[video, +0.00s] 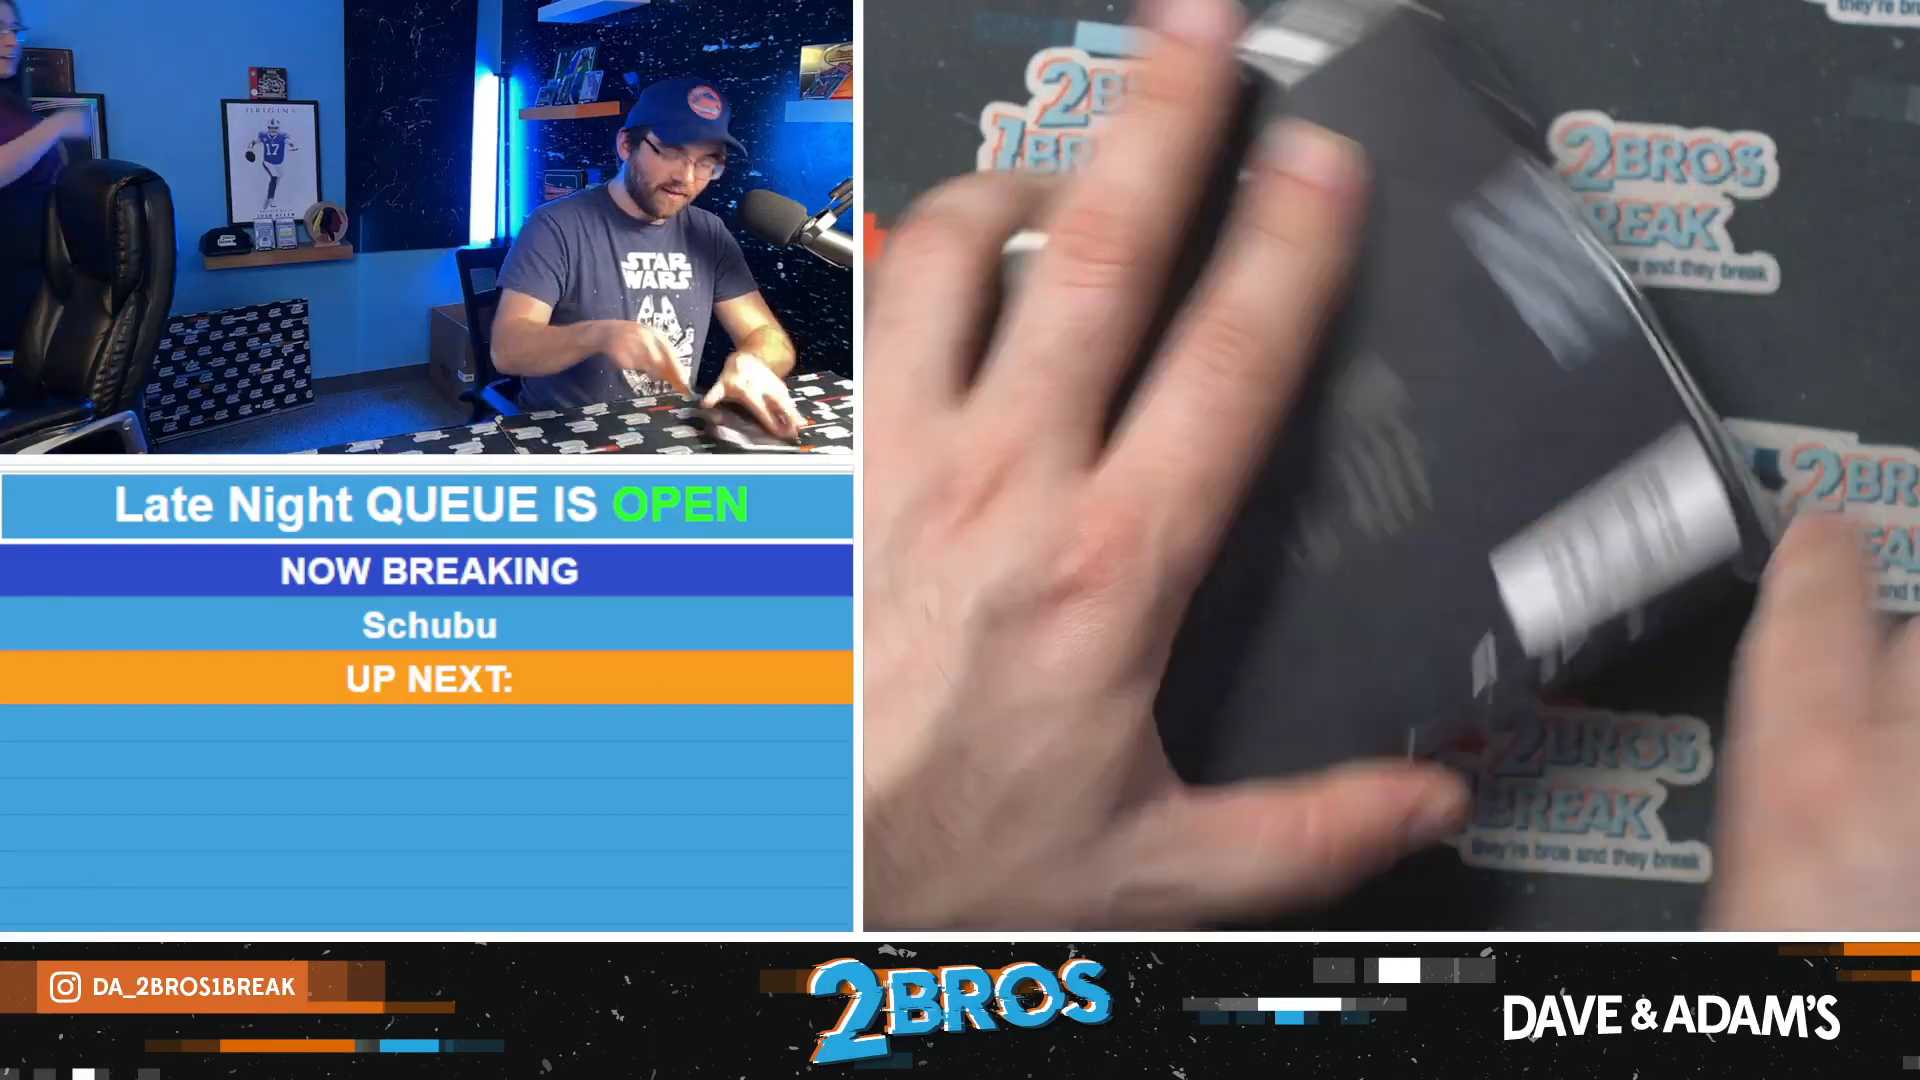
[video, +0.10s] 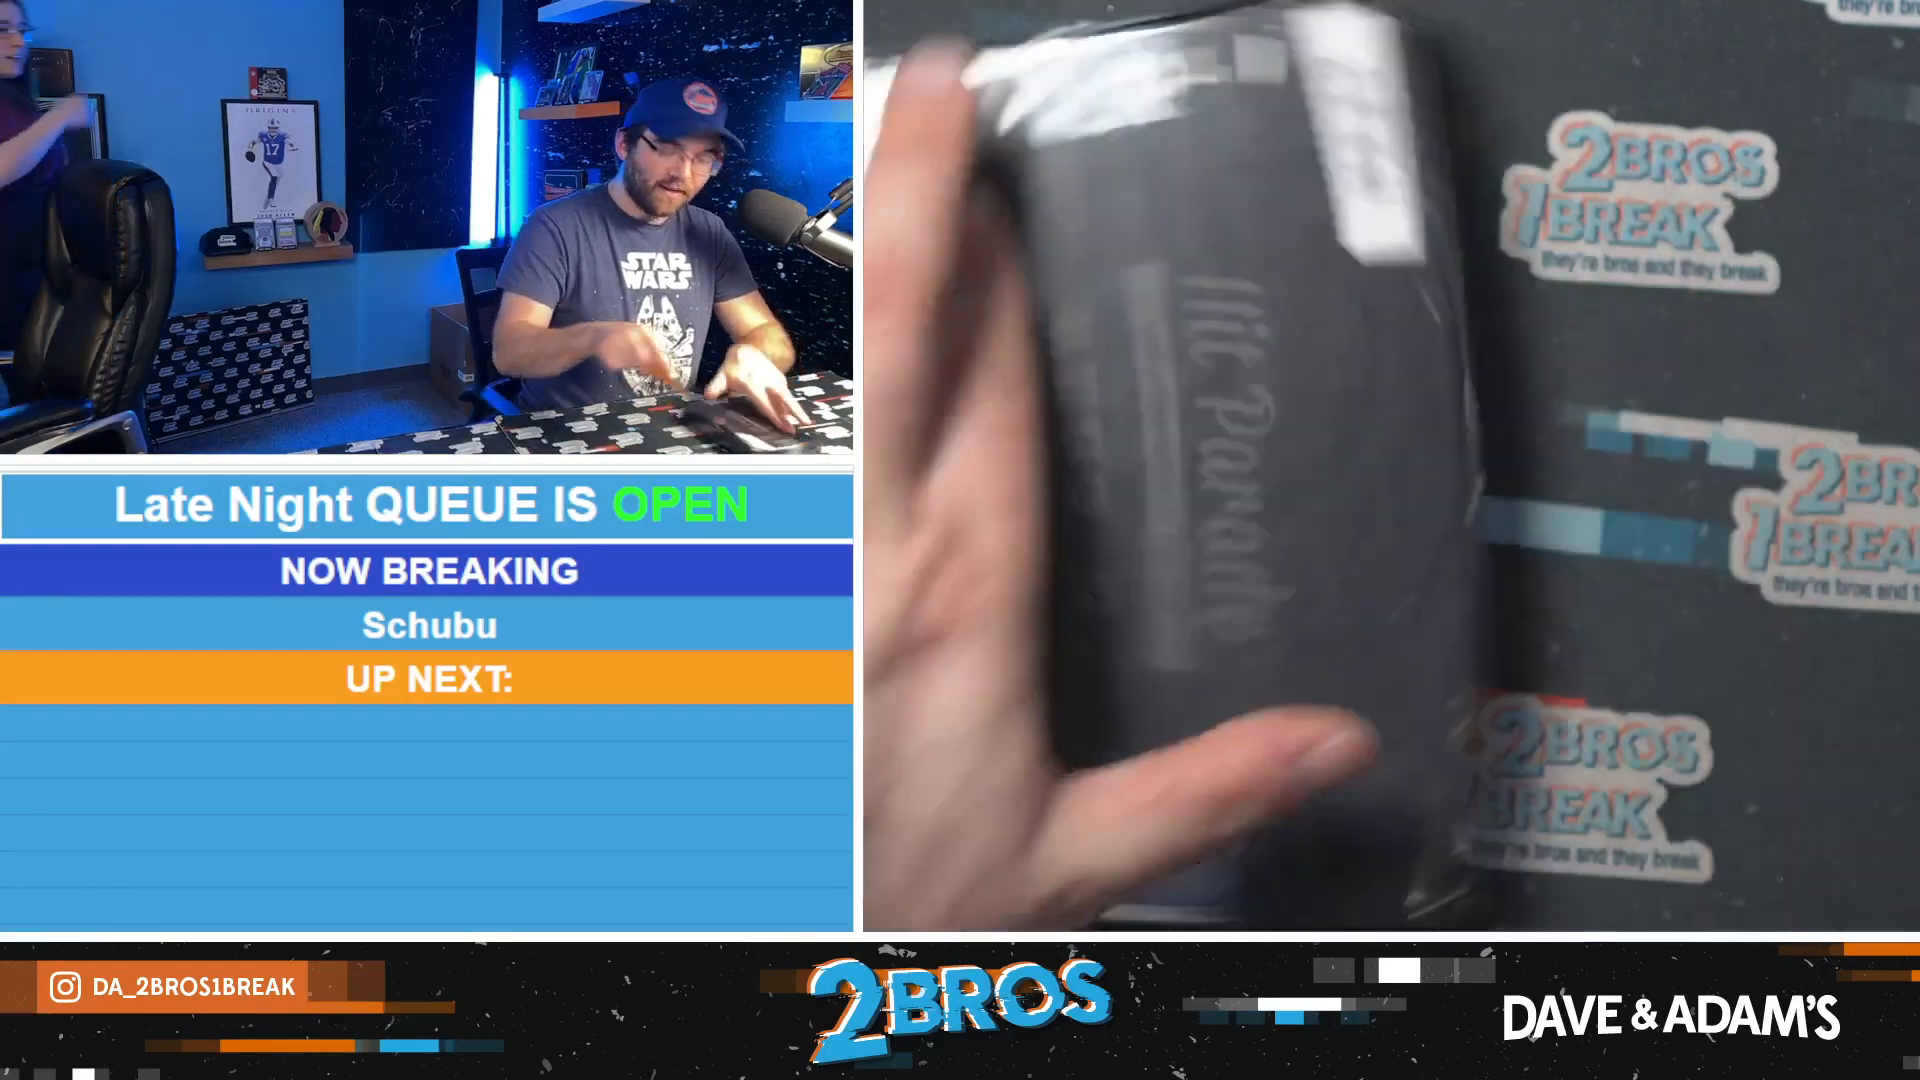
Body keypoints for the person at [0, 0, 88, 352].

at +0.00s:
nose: (11, 41)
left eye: (14, 30)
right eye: (3, 30)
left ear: (21, 36)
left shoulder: (15, 102)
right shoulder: (6, 104)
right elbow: (3, 170)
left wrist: (50, 150)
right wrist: (56, 125)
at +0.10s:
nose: (17, 40)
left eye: (22, 30)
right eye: (6, 29)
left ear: (28, 37)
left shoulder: (25, 104)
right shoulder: (5, 103)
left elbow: (53, 188)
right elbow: (4, 170)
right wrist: (61, 115)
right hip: (10, 278)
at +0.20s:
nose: (43, 40)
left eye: (49, 30)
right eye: (27, 28)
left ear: (54, 34)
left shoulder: (43, 86)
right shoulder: (5, 90)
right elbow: (33, 153)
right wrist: (64, 88)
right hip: (17, 241)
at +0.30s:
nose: (63, 40)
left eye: (69, 30)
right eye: (48, 28)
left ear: (75, 34)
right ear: (14, 39)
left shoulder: (62, 89)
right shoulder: (8, 86)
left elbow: (96, 162)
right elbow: (55, 139)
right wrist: (73, 78)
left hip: (66, 230)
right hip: (19, 233)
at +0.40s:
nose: (95, 44)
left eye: (100, 34)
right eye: (79, 32)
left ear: (106, 40)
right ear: (46, 42)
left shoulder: (101, 93)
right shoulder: (28, 87)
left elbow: (125, 163)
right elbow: (65, 132)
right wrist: (95, 77)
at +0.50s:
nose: (111, 43)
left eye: (117, 33)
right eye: (97, 33)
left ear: (124, 38)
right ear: (65, 40)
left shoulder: (117, 97)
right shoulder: (47, 86)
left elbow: (138, 166)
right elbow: (67, 132)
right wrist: (106, 77)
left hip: (129, 243)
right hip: (83, 249)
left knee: (153, 341)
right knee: (95, 349)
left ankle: (178, 441)